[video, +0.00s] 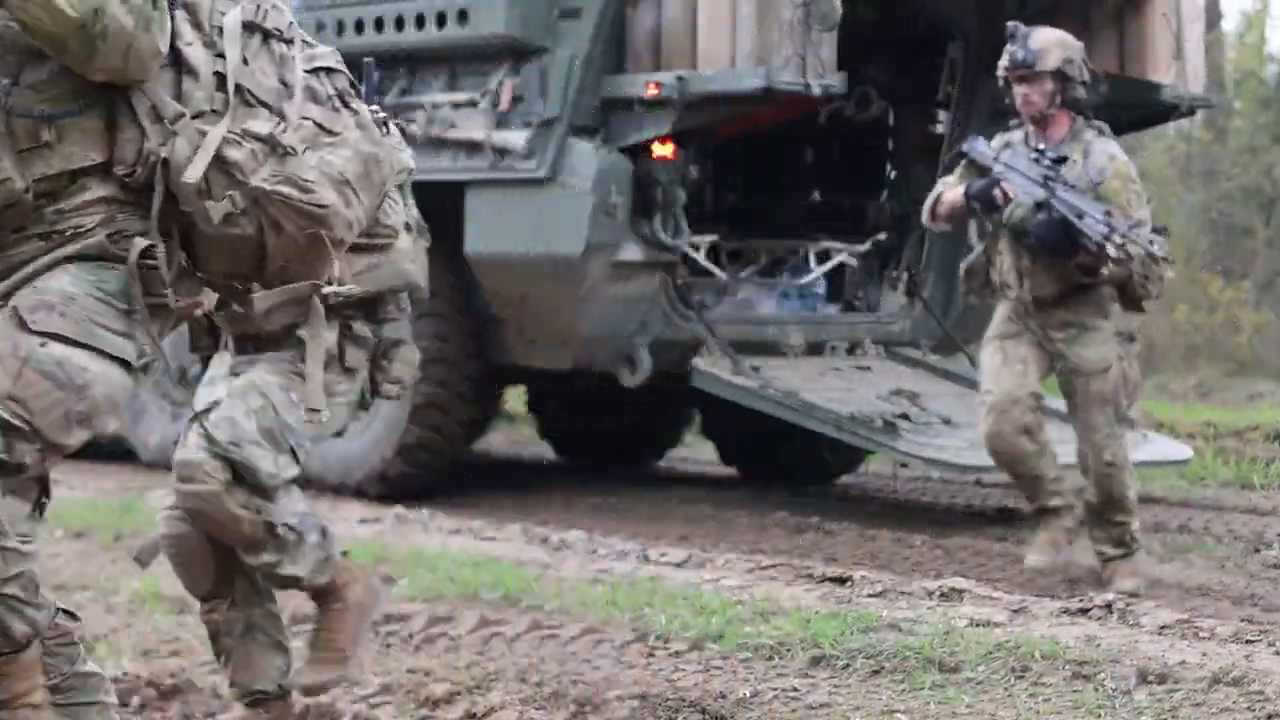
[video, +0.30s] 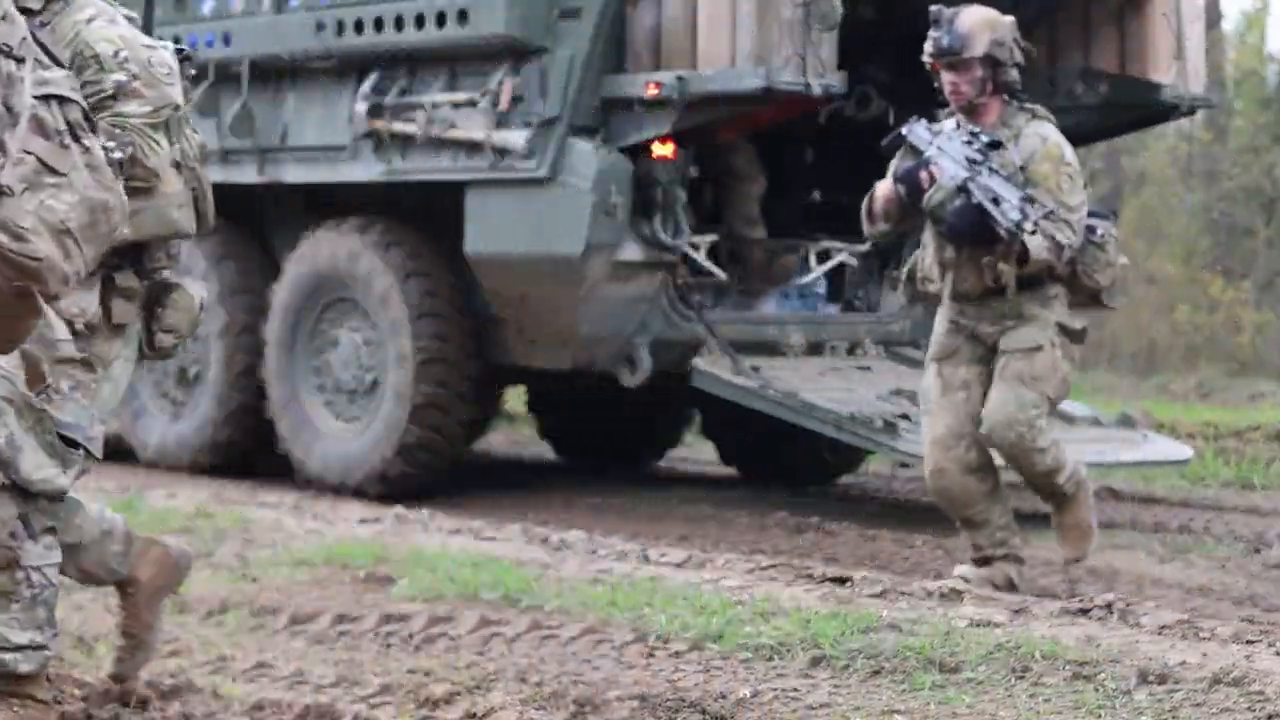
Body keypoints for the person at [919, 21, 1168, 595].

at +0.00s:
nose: (1022, 94)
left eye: (1034, 83)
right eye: (1017, 84)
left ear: (1064, 87)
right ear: (1011, 89)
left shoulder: (1105, 158)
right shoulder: (999, 150)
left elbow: (1134, 256)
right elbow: (933, 211)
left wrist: (1093, 260)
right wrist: (976, 196)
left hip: (1085, 319)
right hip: (1015, 317)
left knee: (1101, 447)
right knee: (1004, 427)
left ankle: (1119, 553)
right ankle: (1058, 515)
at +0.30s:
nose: (949, 82)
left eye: (962, 69)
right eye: (943, 69)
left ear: (996, 72)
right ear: (935, 71)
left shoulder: (1041, 142)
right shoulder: (932, 138)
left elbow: (1061, 242)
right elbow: (878, 222)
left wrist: (1001, 243)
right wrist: (897, 191)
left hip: (1032, 314)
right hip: (959, 315)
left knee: (1008, 421)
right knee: (949, 458)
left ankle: (1069, 496)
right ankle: (998, 564)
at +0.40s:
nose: (929, 69)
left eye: (943, 57)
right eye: (922, 57)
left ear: (976, 57)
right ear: (914, 58)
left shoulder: (1021, 132)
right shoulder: (906, 125)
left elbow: (1043, 235)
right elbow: (856, 212)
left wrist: (981, 241)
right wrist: (873, 180)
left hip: (1013, 295)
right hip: (939, 305)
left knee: (976, 388)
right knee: (937, 476)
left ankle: (1006, 544)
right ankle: (986, 556)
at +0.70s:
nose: (837, 83)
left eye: (851, 69)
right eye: (832, 70)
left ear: (891, 69)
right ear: (825, 72)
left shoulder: (940, 151)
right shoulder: (827, 138)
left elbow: (949, 252)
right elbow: (776, 236)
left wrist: (879, 285)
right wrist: (786, 197)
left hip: (930, 340)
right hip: (846, 336)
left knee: (903, 466)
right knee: (818, 465)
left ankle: (937, 609)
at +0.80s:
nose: (790, 86)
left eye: (804, 73)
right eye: (784, 74)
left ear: (845, 71)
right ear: (780, 75)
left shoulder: (895, 153)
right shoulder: (792, 142)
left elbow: (904, 263)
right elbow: (740, 244)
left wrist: (813, 287)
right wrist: (743, 206)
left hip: (885, 350)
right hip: (804, 346)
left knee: (889, 501)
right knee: (767, 487)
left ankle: (936, 616)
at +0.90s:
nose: (742, 94)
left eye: (757, 81)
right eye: (738, 80)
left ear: (798, 82)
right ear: (737, 81)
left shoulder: (844, 164)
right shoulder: (747, 159)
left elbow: (848, 275)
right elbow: (701, 265)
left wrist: (765, 305)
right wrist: (697, 225)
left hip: (834, 376)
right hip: (754, 375)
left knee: (847, 527)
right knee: (736, 536)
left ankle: (925, 599)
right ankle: (751, 685)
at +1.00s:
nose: (685, 117)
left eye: (698, 103)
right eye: (681, 103)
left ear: (743, 103)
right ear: (685, 104)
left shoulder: (795, 186)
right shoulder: (691, 181)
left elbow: (793, 300)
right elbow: (634, 286)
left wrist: (706, 329)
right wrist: (634, 243)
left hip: (777, 398)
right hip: (693, 395)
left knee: (734, 533)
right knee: (665, 561)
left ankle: (836, 609)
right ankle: (738, 683)